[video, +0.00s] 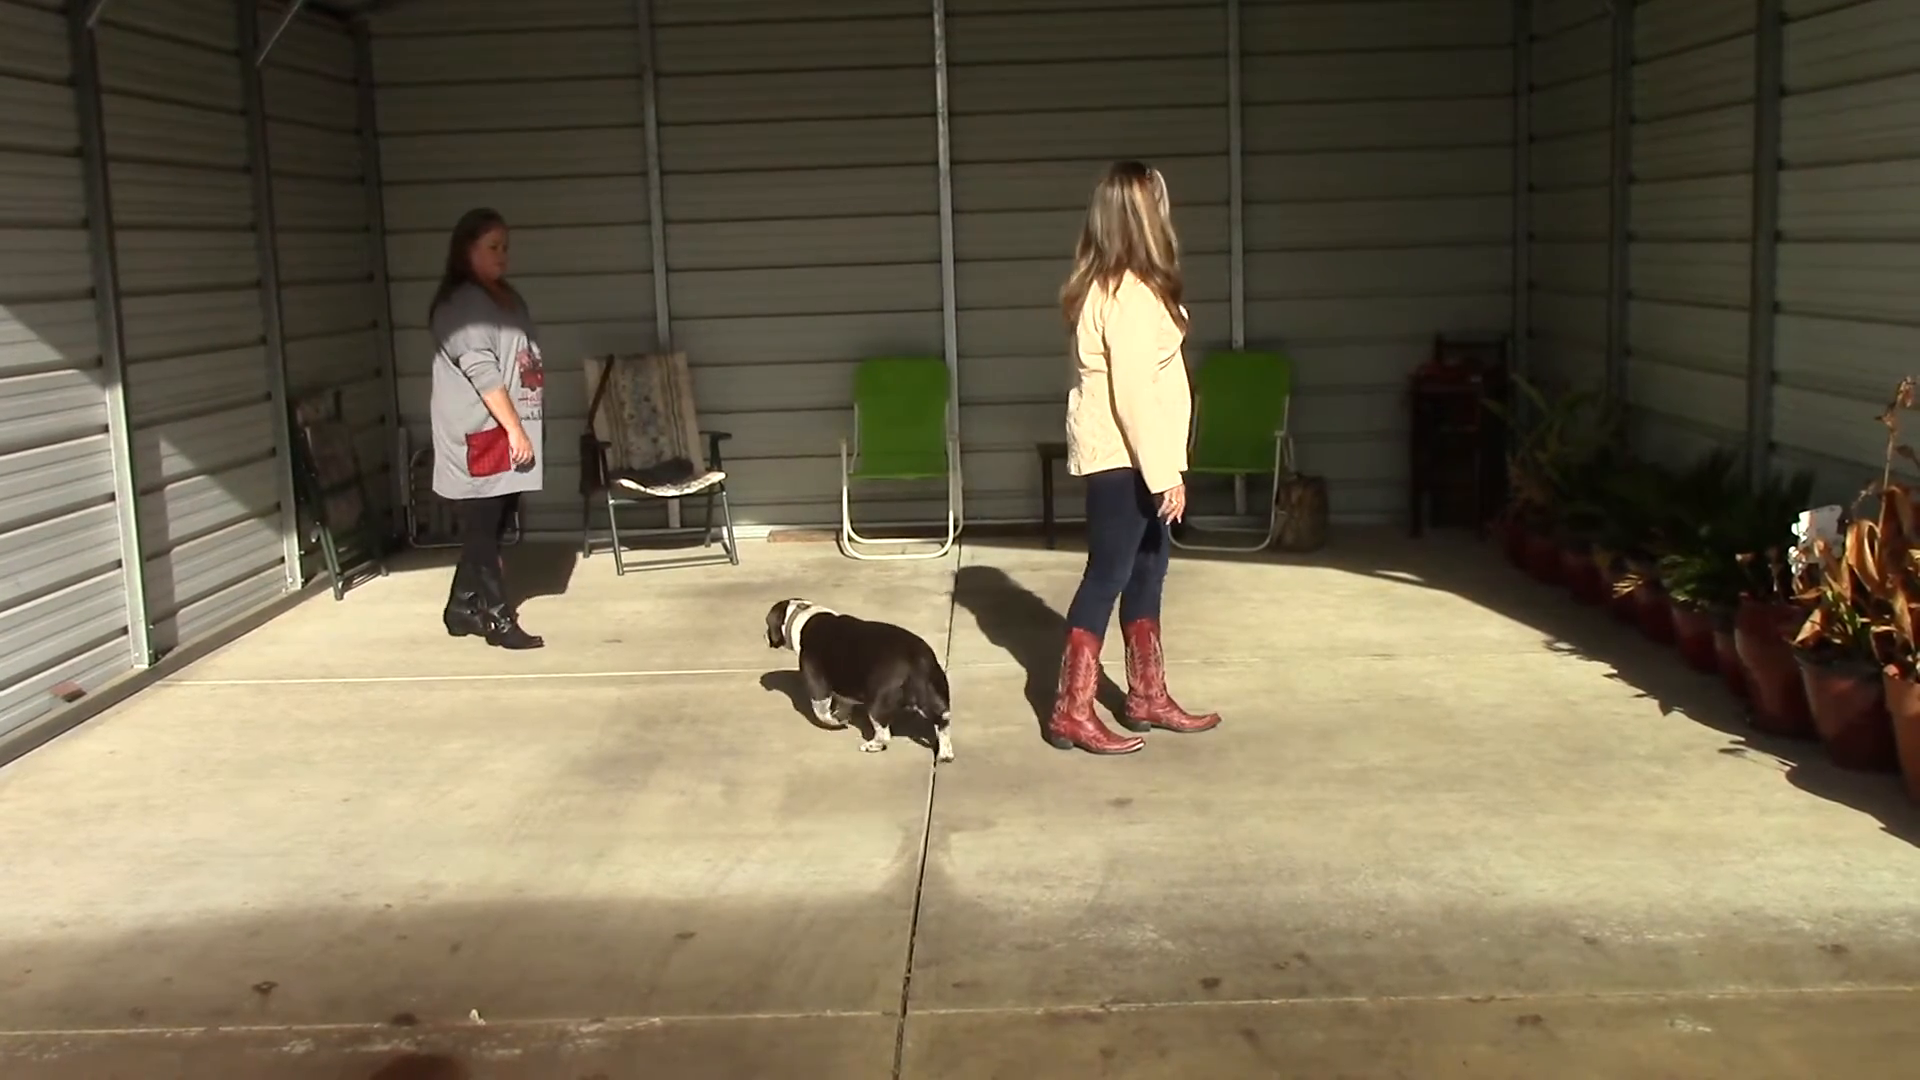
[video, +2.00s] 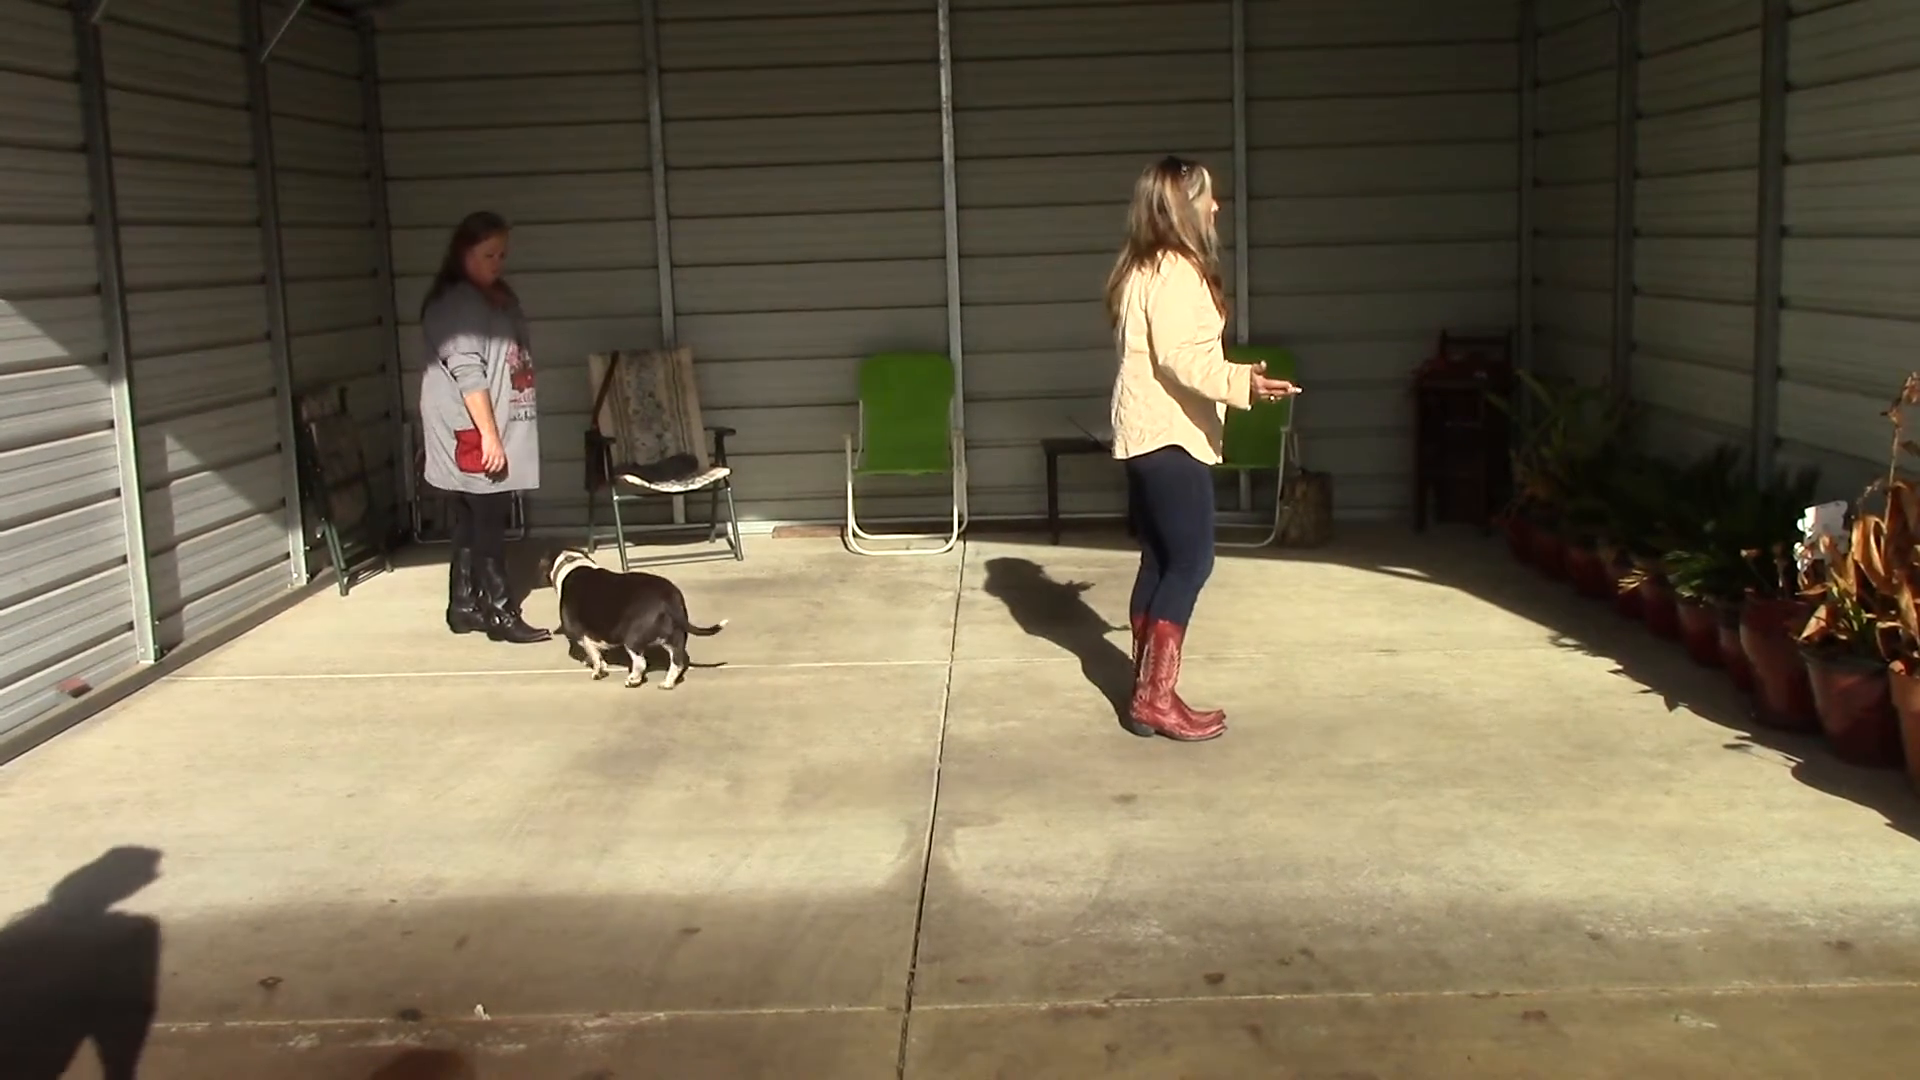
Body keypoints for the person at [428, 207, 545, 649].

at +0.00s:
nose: (502, 255)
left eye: (504, 247)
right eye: (493, 247)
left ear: (505, 251)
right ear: (467, 251)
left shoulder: (506, 298)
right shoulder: (461, 306)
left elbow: (515, 364)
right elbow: (483, 375)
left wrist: (522, 419)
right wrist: (514, 428)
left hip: (501, 429)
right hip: (472, 433)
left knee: (492, 517)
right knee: (482, 521)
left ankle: (463, 603)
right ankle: (497, 615)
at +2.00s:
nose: (497, 265)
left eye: (501, 256)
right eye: (489, 256)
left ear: (503, 256)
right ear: (465, 255)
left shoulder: (497, 300)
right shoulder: (455, 305)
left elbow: (502, 367)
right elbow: (468, 377)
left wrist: (509, 429)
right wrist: (489, 435)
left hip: (485, 429)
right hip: (469, 432)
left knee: (471, 515)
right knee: (489, 517)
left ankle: (464, 604)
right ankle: (497, 610)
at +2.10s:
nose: (503, 268)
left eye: (507, 259)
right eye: (495, 259)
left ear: (510, 259)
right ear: (471, 258)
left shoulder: (507, 302)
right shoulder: (457, 310)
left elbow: (513, 368)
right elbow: (471, 382)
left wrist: (513, 431)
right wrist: (492, 441)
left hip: (493, 427)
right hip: (466, 431)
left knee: (472, 513)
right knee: (489, 516)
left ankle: (463, 603)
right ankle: (497, 609)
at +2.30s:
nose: (522, 289)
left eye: (527, 280)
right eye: (514, 280)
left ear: (531, 279)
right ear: (489, 278)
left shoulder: (518, 317)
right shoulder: (479, 327)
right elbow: (483, 401)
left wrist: (513, 444)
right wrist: (505, 461)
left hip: (484, 424)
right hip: (455, 427)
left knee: (481, 509)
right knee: (490, 509)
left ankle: (463, 603)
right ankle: (500, 610)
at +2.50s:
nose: (543, 318)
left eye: (548, 311)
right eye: (536, 310)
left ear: (552, 307)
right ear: (513, 302)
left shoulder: (531, 338)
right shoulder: (496, 342)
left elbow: (528, 403)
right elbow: (497, 418)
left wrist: (515, 454)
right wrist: (518, 484)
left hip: (477, 420)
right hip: (444, 421)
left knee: (482, 506)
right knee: (491, 506)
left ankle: (465, 603)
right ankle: (501, 611)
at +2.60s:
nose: (551, 333)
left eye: (557, 327)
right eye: (543, 324)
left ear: (564, 323)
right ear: (522, 313)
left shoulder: (536, 350)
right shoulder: (505, 354)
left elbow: (529, 421)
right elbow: (504, 430)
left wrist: (514, 475)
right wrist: (521, 499)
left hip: (473, 423)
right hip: (444, 424)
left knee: (483, 506)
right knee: (494, 507)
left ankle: (464, 603)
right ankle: (501, 610)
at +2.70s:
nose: (558, 346)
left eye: (564, 339)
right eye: (551, 337)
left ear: (571, 334)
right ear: (530, 327)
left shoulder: (530, 358)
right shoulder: (514, 366)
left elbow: (525, 431)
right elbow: (507, 441)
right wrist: (523, 511)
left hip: (460, 421)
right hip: (441, 422)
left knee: (483, 509)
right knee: (493, 509)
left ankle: (465, 604)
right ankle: (501, 611)